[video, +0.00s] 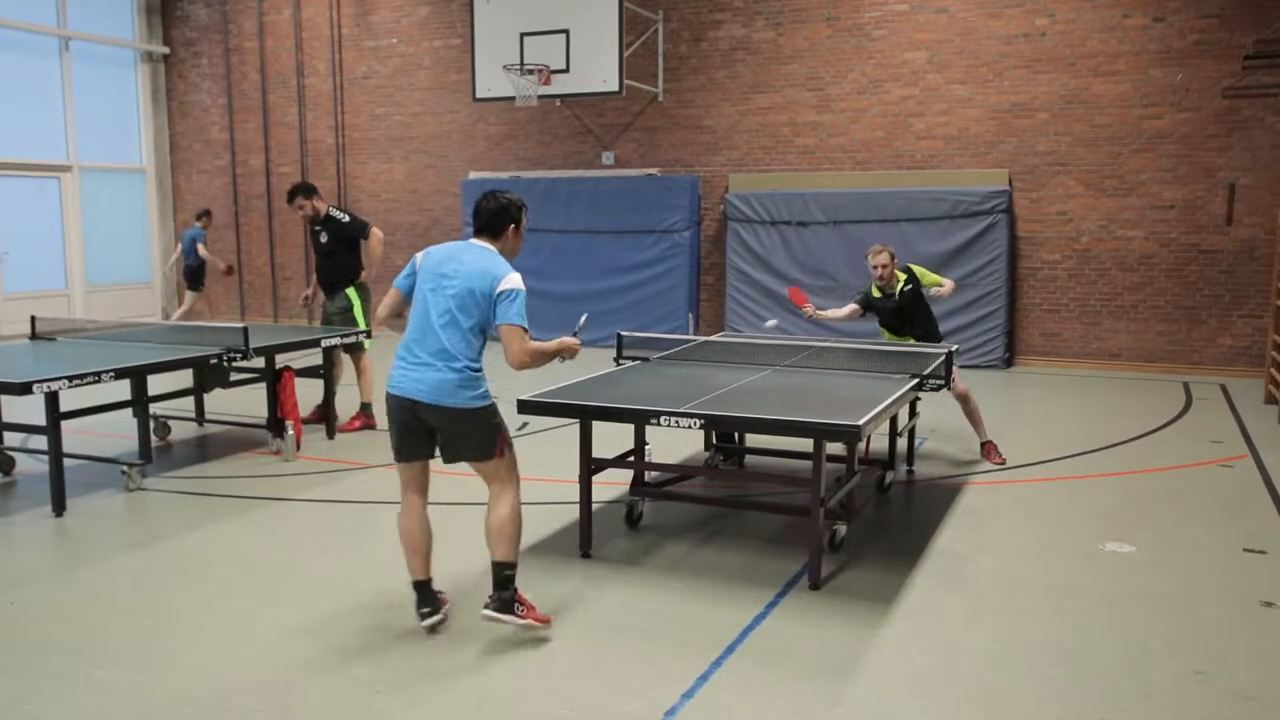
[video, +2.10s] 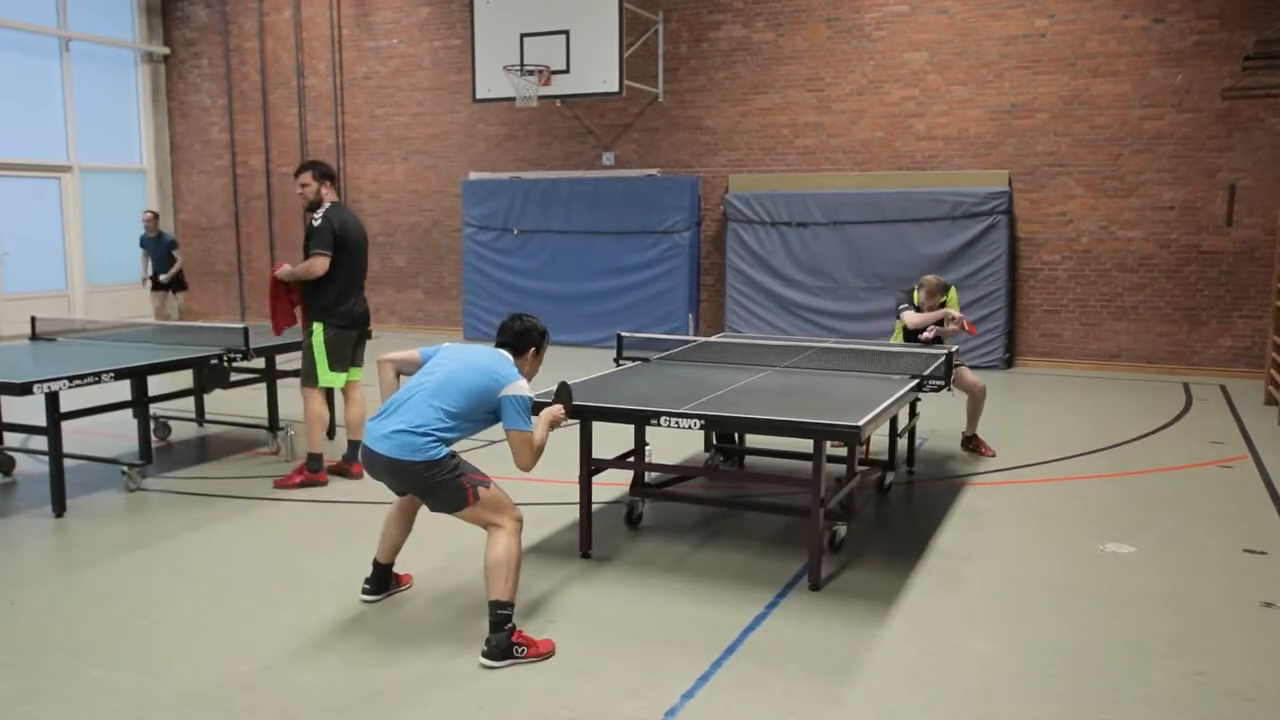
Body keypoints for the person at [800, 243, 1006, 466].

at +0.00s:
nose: (879, 273)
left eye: (883, 267)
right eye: (874, 268)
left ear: (894, 264)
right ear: (870, 269)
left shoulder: (912, 274)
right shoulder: (870, 295)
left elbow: (948, 284)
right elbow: (849, 312)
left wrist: (944, 290)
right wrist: (818, 314)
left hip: (930, 347)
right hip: (894, 352)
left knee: (961, 391)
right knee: (870, 391)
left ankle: (986, 443)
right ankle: (859, 446)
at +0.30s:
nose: (888, 250)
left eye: (892, 244)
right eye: (883, 245)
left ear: (906, 243)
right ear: (880, 247)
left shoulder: (929, 260)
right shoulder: (882, 276)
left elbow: (961, 285)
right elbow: (866, 306)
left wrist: (935, 304)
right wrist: (850, 313)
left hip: (943, 335)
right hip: (907, 337)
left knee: (965, 390)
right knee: (882, 381)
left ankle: (991, 439)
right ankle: (877, 424)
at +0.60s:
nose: (890, 273)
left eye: (895, 267)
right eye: (886, 268)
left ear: (907, 263)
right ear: (882, 268)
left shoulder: (928, 273)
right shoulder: (885, 293)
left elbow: (960, 294)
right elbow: (868, 322)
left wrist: (935, 302)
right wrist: (873, 339)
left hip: (946, 343)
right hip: (912, 346)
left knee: (965, 391)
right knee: (885, 384)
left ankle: (991, 440)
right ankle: (869, 431)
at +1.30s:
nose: (904, 247)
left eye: (909, 242)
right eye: (899, 242)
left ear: (917, 242)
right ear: (892, 243)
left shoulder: (933, 262)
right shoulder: (886, 271)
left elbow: (959, 291)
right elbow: (872, 302)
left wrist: (943, 307)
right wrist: (862, 319)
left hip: (933, 332)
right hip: (898, 331)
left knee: (959, 382)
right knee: (875, 379)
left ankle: (975, 431)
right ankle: (864, 437)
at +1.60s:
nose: (907, 234)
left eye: (912, 229)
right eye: (902, 229)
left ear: (920, 230)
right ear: (896, 230)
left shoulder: (935, 252)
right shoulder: (887, 260)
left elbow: (956, 281)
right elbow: (875, 288)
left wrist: (938, 306)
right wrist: (879, 314)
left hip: (933, 324)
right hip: (900, 324)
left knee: (955, 375)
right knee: (882, 372)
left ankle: (964, 416)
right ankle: (867, 428)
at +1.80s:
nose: (921, 314)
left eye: (926, 311)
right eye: (916, 310)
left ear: (936, 301)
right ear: (910, 298)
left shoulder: (946, 299)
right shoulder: (898, 298)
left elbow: (948, 337)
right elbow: (890, 327)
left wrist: (929, 338)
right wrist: (923, 318)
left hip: (940, 354)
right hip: (903, 355)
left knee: (971, 387)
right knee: (875, 387)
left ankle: (969, 436)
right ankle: (862, 439)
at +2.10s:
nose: (929, 308)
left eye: (934, 305)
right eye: (925, 304)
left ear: (942, 297)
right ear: (918, 293)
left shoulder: (949, 293)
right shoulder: (905, 297)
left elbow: (957, 327)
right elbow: (911, 322)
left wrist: (938, 330)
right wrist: (944, 313)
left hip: (938, 356)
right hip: (904, 357)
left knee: (978, 388)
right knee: (877, 391)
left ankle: (970, 437)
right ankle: (863, 437)